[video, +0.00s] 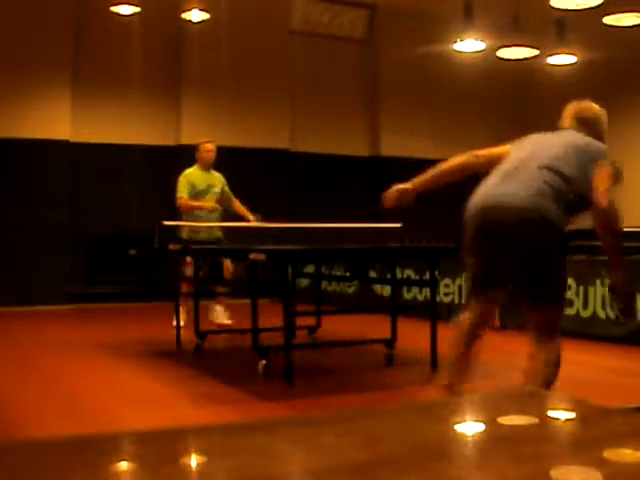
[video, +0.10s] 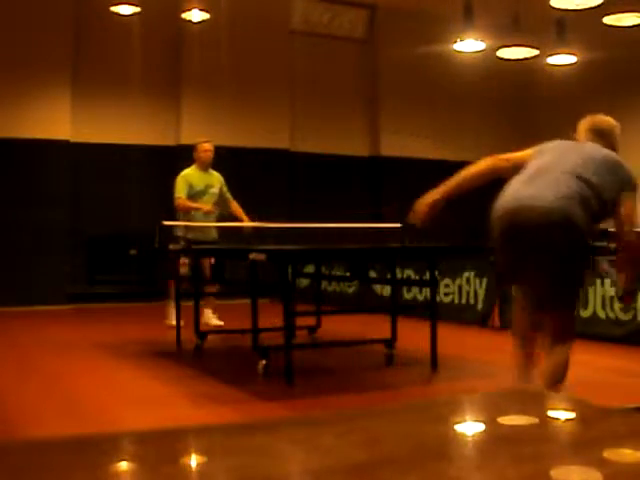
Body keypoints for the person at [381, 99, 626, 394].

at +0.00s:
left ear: (563, 123)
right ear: (600, 133)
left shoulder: (530, 142)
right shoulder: (597, 152)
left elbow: (473, 159)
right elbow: (602, 204)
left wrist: (412, 187)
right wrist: (618, 271)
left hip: (482, 212)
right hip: (536, 219)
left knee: (480, 304)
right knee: (545, 329)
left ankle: (453, 384)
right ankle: (533, 408)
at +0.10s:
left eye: (580, 134)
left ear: (579, 136)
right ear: (614, 145)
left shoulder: (551, 148)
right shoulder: (620, 171)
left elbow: (493, 163)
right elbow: (627, 235)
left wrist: (437, 194)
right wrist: (627, 285)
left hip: (509, 215)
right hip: (560, 222)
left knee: (523, 305)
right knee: (561, 325)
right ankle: (549, 397)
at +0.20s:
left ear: (591, 141)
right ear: (625, 147)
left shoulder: (565, 155)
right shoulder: (630, 170)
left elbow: (515, 172)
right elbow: (636, 223)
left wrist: (469, 200)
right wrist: (634, 254)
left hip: (538, 228)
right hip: (588, 232)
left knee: (567, 307)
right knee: (590, 315)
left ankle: (592, 375)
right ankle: (559, 387)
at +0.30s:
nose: (589, 149)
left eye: (589, 145)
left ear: (593, 146)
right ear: (624, 146)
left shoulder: (581, 166)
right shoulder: (636, 168)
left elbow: (531, 190)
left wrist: (504, 227)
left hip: (577, 244)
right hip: (627, 246)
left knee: (597, 311)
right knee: (629, 333)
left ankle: (616, 388)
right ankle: (577, 389)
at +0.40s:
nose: (591, 150)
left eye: (592, 146)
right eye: (591, 147)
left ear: (598, 146)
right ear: (626, 145)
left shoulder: (591, 168)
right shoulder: (636, 165)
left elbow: (561, 206)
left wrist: (553, 249)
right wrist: (554, 249)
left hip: (601, 240)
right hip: (634, 240)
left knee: (606, 309)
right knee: (635, 310)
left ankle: (617, 386)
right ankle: (620, 383)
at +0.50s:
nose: (602, 145)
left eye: (603, 139)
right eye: (603, 140)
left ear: (611, 138)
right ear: (633, 136)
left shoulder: (603, 161)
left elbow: (586, 203)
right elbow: (586, 205)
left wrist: (589, 252)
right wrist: (590, 253)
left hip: (621, 237)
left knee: (614, 311)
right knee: (614, 311)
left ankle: (619, 384)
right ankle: (619, 384)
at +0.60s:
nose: (617, 132)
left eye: (618, 126)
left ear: (625, 126)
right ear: (635, 125)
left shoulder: (615, 155)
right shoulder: (617, 155)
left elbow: (600, 199)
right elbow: (600, 199)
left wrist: (600, 245)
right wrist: (601, 245)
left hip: (629, 239)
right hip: (630, 239)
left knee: (627, 309)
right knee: (627, 310)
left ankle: (628, 384)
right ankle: (627, 383)